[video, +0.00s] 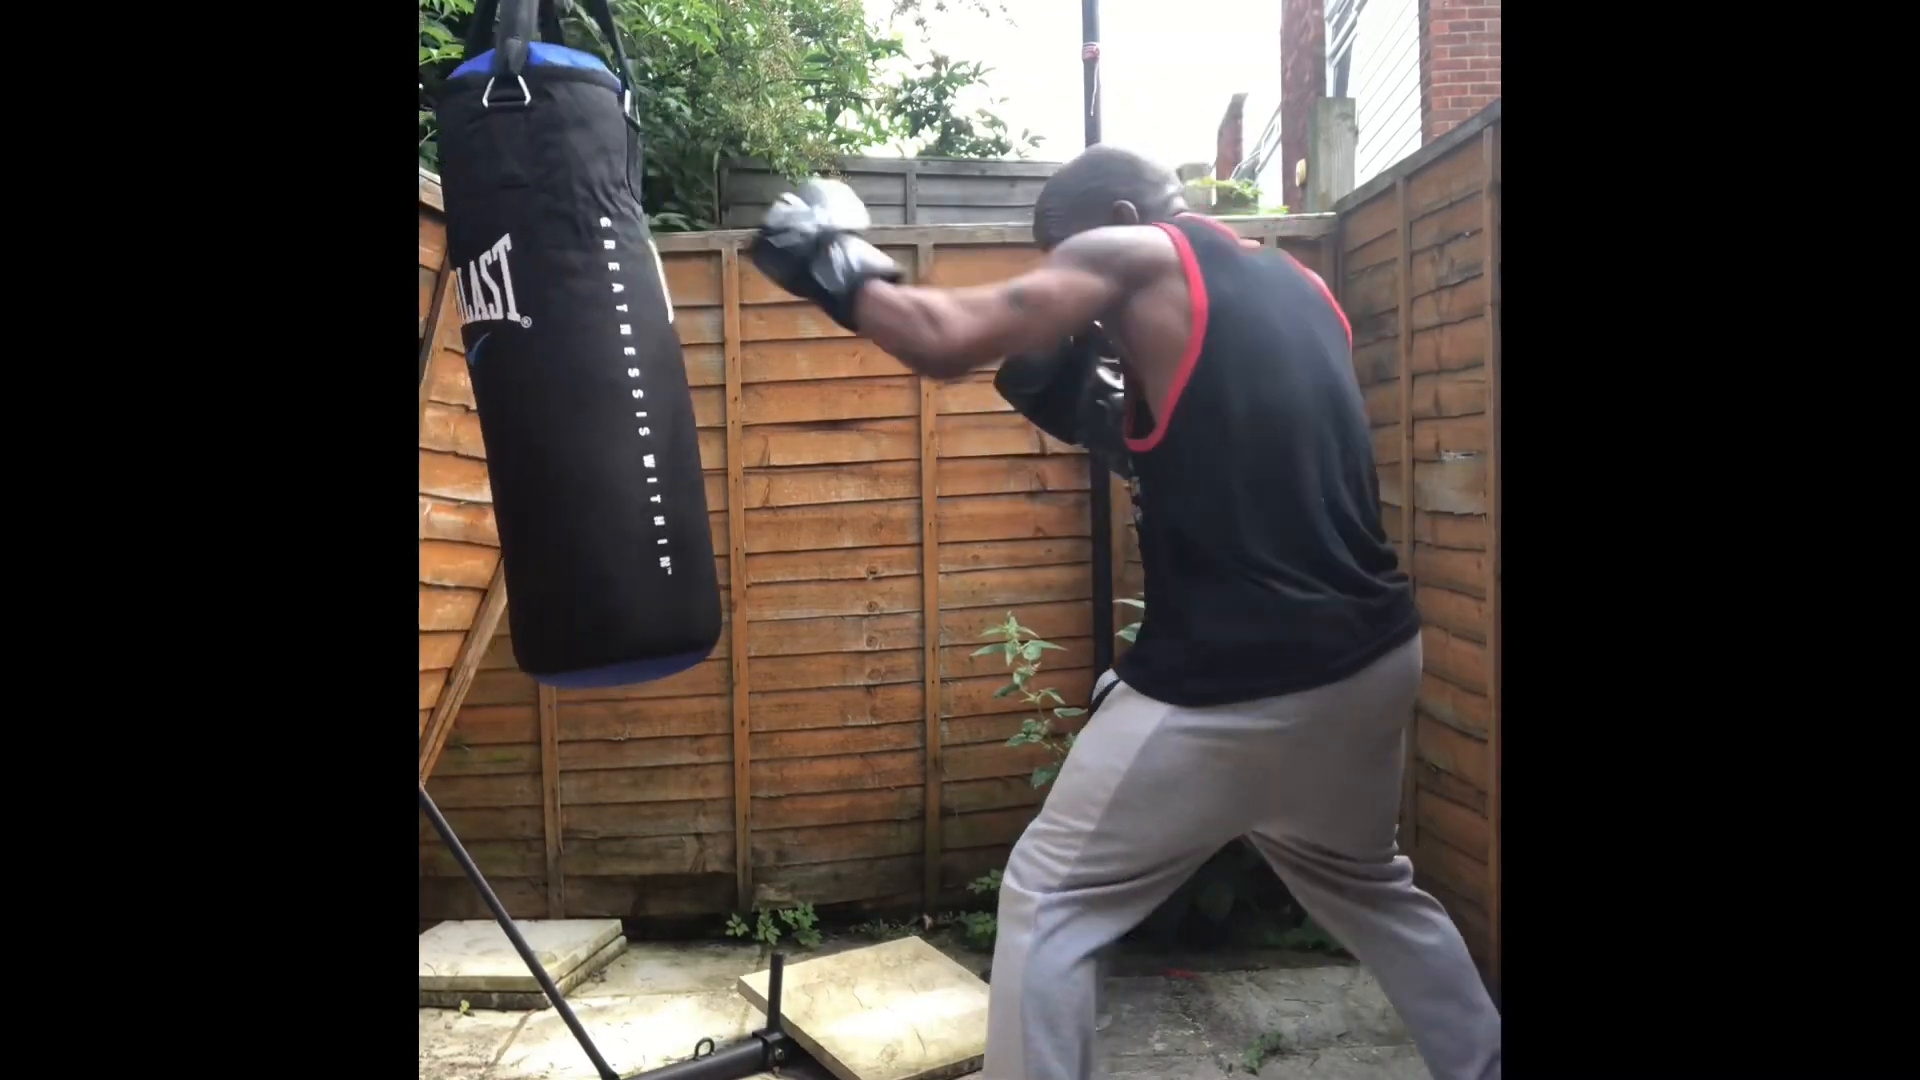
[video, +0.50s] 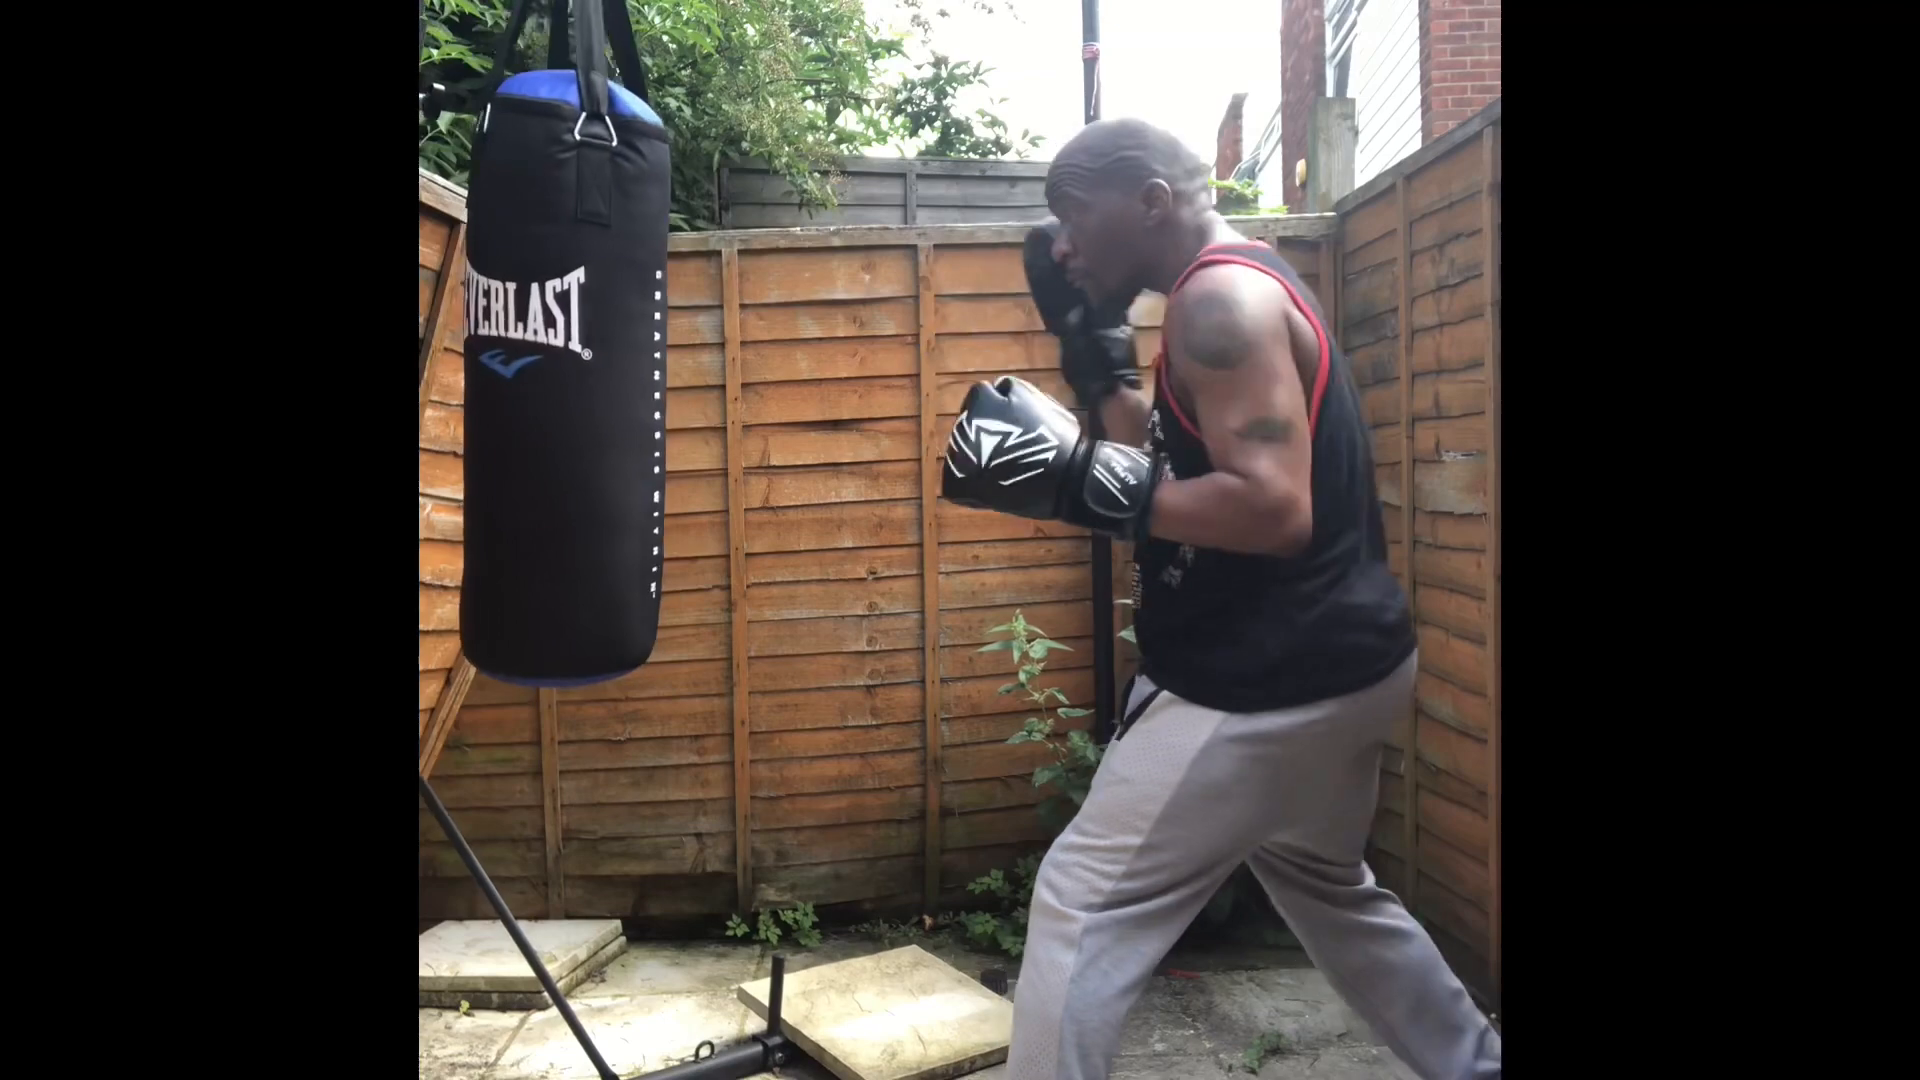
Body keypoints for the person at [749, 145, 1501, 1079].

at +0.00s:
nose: (1055, 273)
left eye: (1060, 253)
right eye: (1055, 256)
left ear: (1102, 226)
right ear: (1171, 204)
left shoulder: (1129, 249)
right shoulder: (1300, 283)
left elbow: (940, 335)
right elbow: (1234, 460)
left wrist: (833, 265)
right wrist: (1095, 415)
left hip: (1218, 675)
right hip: (1371, 655)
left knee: (1048, 900)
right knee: (1365, 877)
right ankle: (1480, 1056)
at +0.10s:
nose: (1056, 262)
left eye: (1061, 233)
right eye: (1049, 240)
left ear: (1129, 210)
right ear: (1156, 210)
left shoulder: (1175, 278)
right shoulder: (1261, 277)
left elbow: (1065, 471)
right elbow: (1167, 432)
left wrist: (968, 345)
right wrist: (1050, 366)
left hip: (1234, 676)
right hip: (1351, 654)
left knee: (1049, 895)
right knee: (1333, 887)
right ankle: (1470, 1065)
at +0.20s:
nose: (1054, 247)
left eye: (1060, 217)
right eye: (1045, 226)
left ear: (1134, 193)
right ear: (1138, 200)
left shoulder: (1240, 307)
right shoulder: (1165, 314)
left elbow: (1151, 523)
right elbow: (1133, 490)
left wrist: (1058, 373)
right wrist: (1003, 458)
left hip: (1253, 673)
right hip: (1302, 662)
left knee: (1062, 895)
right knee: (1318, 895)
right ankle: (1472, 1067)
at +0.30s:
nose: (1061, 280)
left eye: (1068, 248)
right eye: (1049, 258)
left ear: (1143, 209)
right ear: (1135, 218)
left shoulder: (1266, 328)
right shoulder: (1138, 330)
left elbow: (1202, 549)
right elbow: (1108, 498)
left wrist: (1082, 405)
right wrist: (992, 463)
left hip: (1265, 683)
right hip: (1225, 672)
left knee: (1061, 895)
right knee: (1298, 908)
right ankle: (1468, 1064)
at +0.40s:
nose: (1041, 260)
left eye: (1051, 231)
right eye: (1036, 237)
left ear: (1138, 212)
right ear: (1140, 219)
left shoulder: (1255, 322)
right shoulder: (1132, 331)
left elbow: (1248, 547)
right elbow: (1134, 494)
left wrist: (1085, 457)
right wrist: (1042, 443)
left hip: (1264, 689)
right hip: (1230, 676)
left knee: (1064, 899)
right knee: (1293, 895)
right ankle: (1469, 1059)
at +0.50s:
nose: (1060, 241)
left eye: (1069, 214)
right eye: (1054, 219)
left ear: (1150, 200)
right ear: (1161, 205)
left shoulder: (1219, 297)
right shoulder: (1232, 283)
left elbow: (1272, 509)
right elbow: (1160, 483)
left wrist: (1096, 483)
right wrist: (1093, 342)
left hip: (1256, 680)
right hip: (1340, 662)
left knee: (1083, 901)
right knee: (1326, 883)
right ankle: (1473, 1062)